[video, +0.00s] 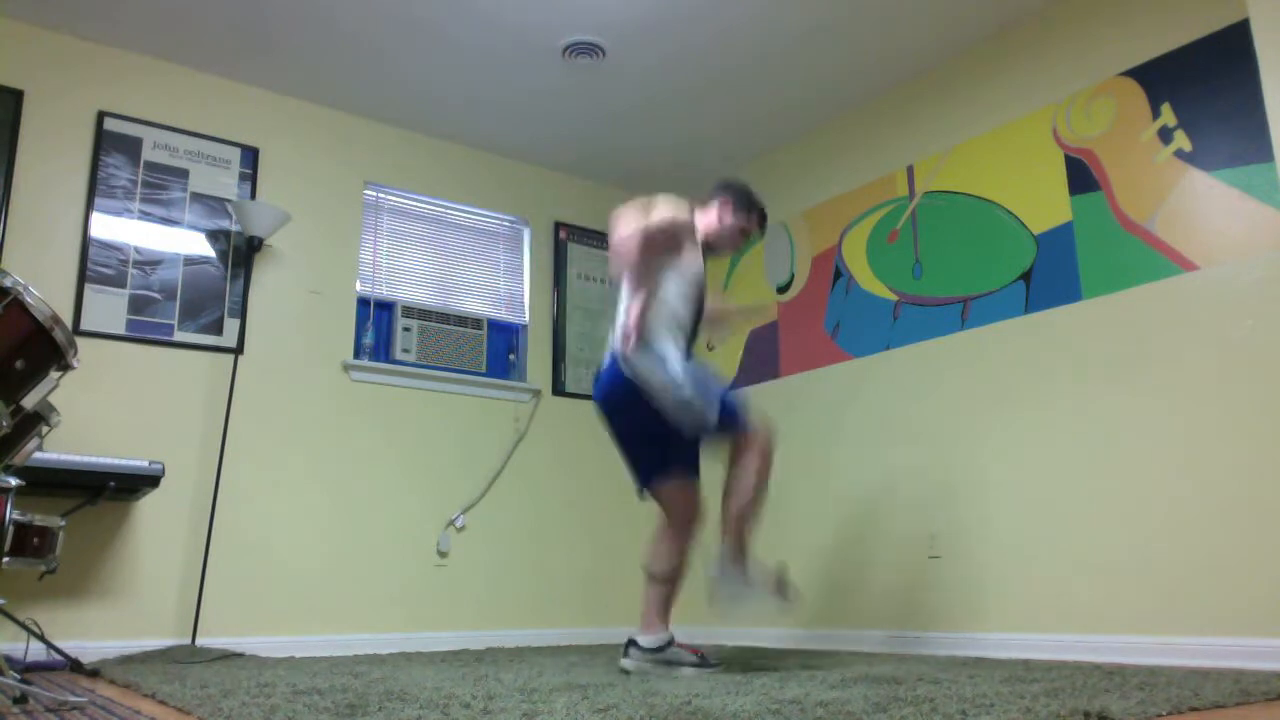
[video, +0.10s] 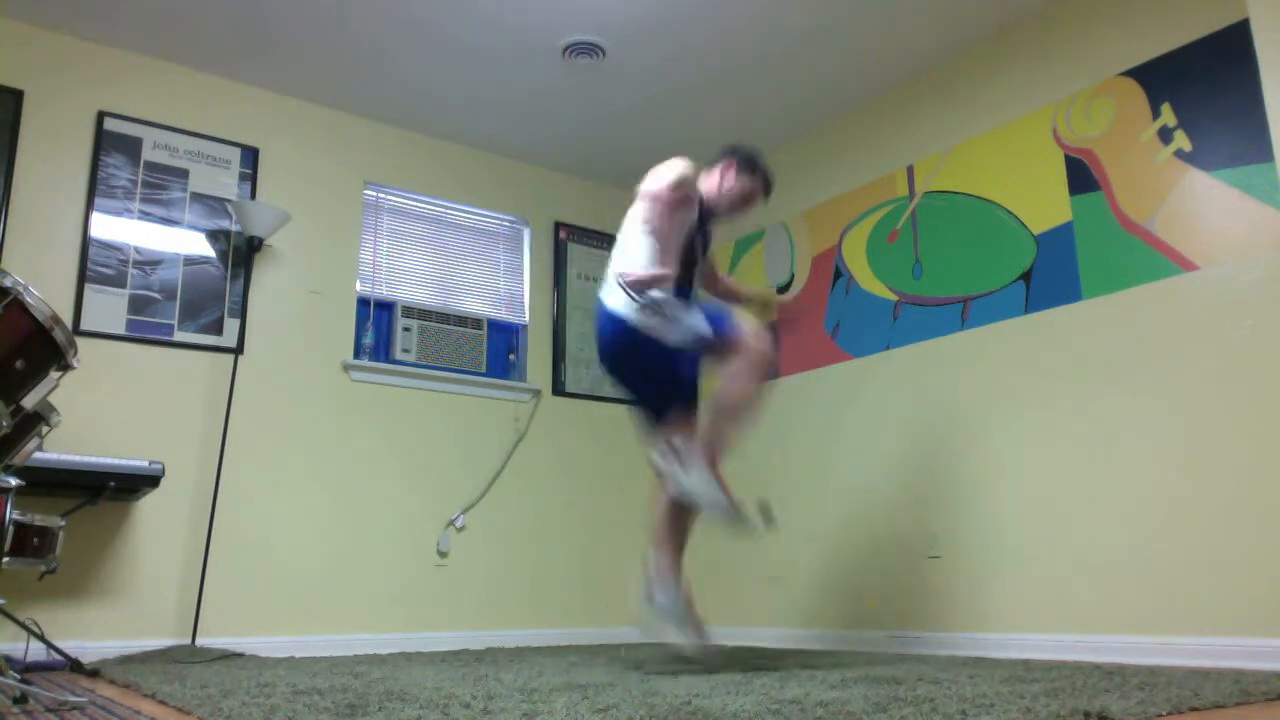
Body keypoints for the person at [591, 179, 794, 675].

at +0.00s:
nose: (736, 245)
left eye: (743, 240)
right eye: (740, 232)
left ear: (729, 224)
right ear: (723, 209)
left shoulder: (688, 258)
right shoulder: (678, 219)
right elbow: (628, 231)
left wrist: (757, 314)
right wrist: (634, 308)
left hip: (631, 381)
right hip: (645, 369)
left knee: (681, 509)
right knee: (753, 436)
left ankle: (651, 640)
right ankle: (734, 568)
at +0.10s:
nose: (741, 207)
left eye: (748, 203)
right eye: (744, 194)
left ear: (742, 200)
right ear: (727, 170)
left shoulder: (697, 227)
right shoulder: (681, 174)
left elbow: (709, 280)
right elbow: (655, 200)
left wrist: (754, 300)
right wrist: (663, 265)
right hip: (641, 306)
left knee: (686, 451)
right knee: (754, 342)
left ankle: (665, 586)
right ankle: (697, 453)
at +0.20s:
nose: (754, 197)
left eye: (763, 193)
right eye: (756, 184)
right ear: (737, 161)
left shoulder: (711, 214)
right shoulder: (688, 172)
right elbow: (686, 215)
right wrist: (720, 252)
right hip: (615, 283)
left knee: (745, 345)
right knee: (730, 315)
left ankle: (685, 427)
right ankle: (658, 401)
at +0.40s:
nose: (753, 225)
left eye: (763, 221)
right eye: (754, 210)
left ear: (763, 223)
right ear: (734, 188)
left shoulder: (737, 254)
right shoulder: (680, 193)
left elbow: (785, 292)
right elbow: (605, 175)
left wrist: (810, 307)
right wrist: (598, 216)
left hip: (662, 370)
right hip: (613, 338)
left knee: (730, 460)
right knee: (696, 292)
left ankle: (700, 601)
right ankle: (739, 423)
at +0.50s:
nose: (748, 241)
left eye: (758, 235)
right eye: (746, 226)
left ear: (761, 239)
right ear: (724, 208)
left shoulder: (740, 289)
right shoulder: (660, 233)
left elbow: (773, 354)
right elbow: (585, 255)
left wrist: (796, 331)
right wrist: (566, 337)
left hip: (688, 401)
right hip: (632, 378)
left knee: (717, 518)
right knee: (700, 418)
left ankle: (680, 634)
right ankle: (700, 507)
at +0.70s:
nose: (739, 227)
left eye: (748, 221)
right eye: (735, 213)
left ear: (752, 224)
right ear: (711, 198)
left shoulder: (742, 278)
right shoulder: (648, 235)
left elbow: (772, 338)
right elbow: (598, 284)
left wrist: (794, 333)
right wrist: (569, 337)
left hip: (691, 388)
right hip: (639, 365)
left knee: (706, 503)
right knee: (662, 421)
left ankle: (682, 635)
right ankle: (655, 553)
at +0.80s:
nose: (727, 220)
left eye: (738, 216)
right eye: (724, 206)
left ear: (745, 218)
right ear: (705, 189)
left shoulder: (736, 266)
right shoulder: (647, 220)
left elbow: (774, 316)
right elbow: (580, 251)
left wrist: (798, 322)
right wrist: (570, 312)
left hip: (683, 376)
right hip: (627, 363)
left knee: (702, 496)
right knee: (633, 302)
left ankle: (686, 618)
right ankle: (681, 424)